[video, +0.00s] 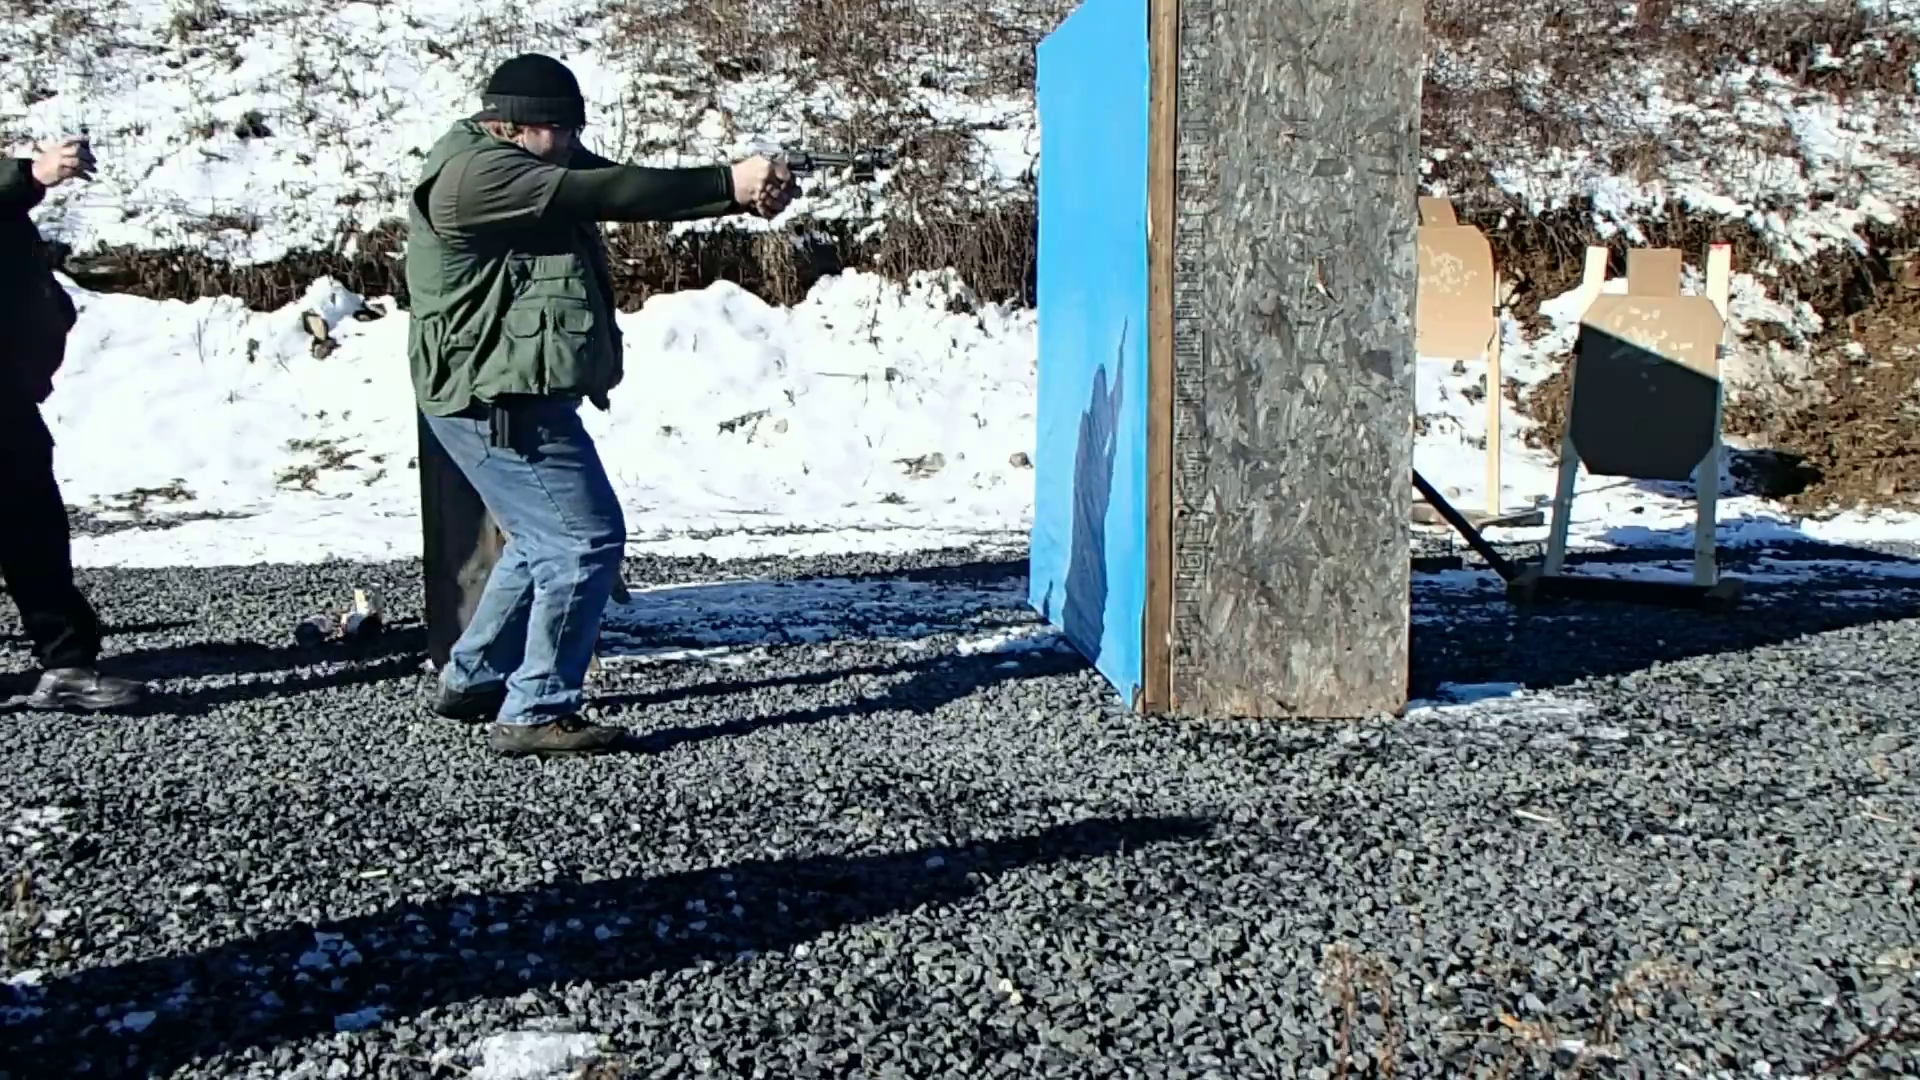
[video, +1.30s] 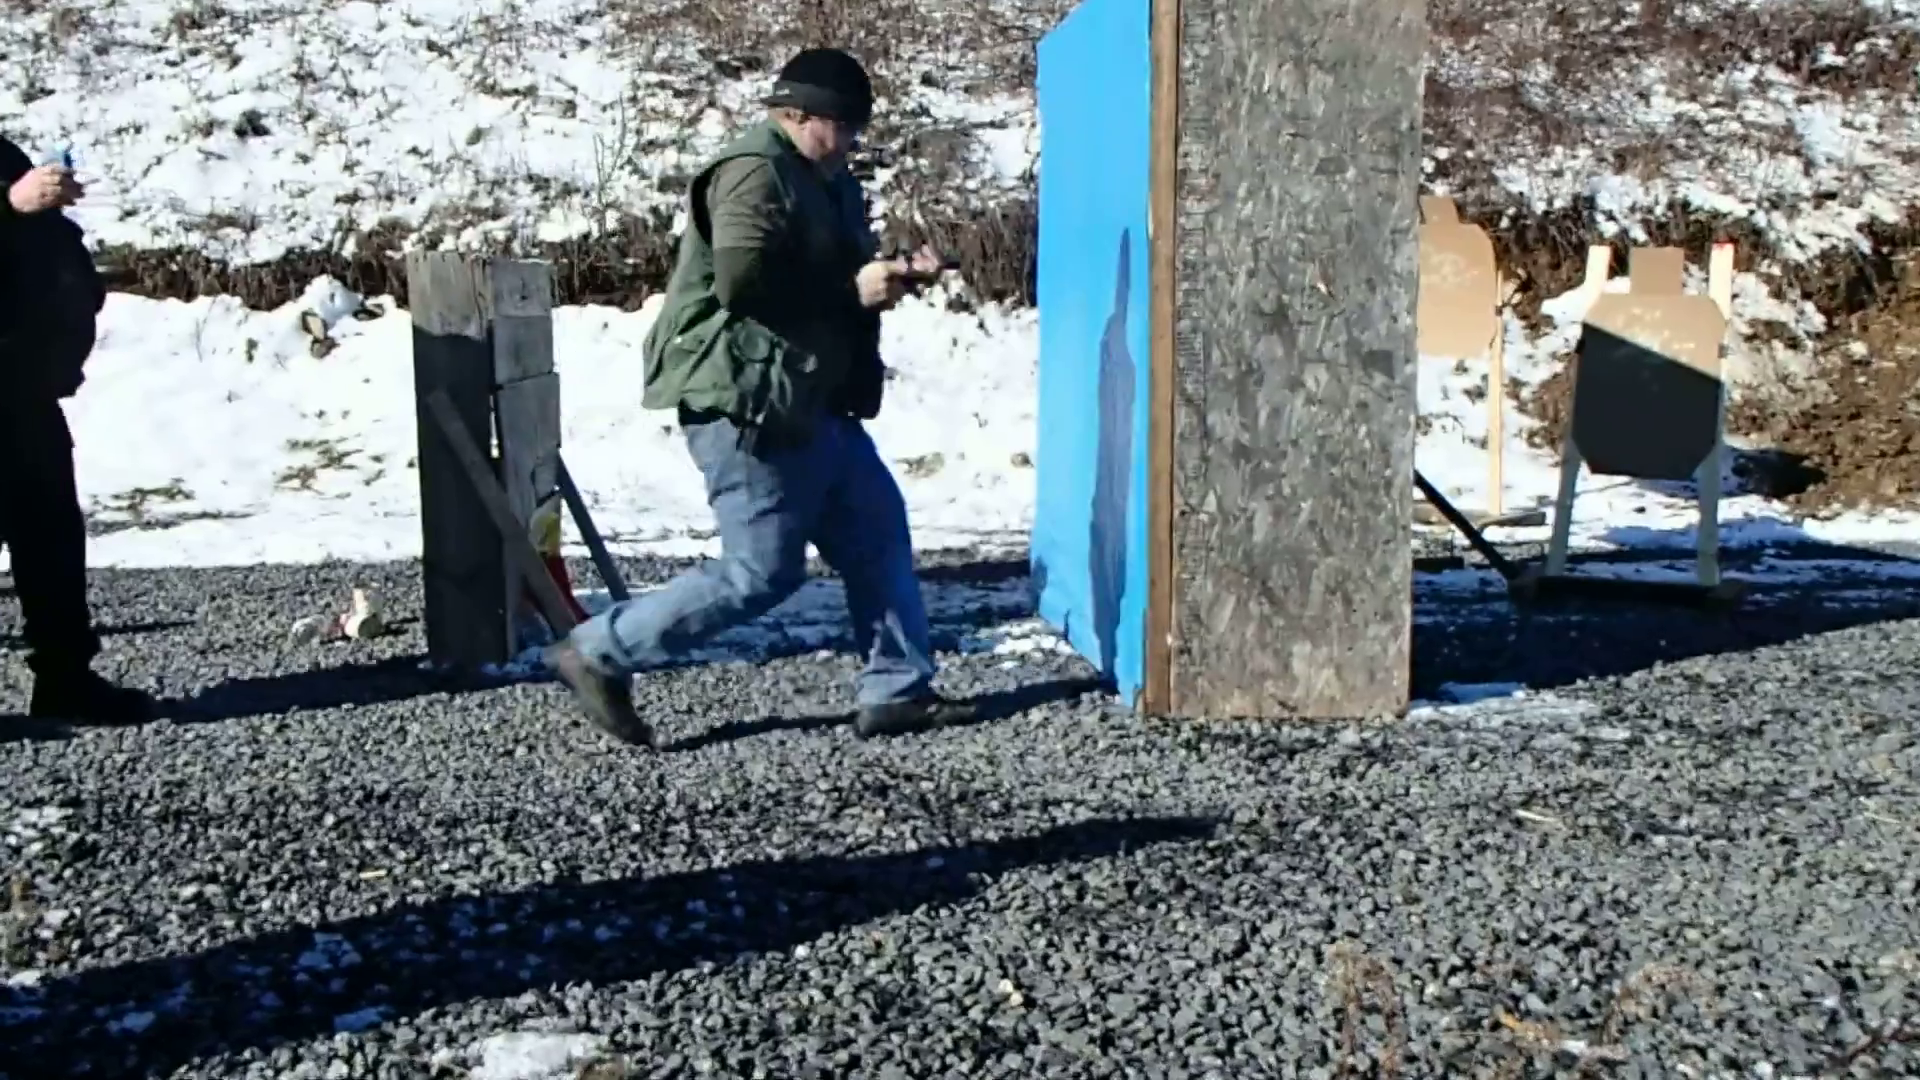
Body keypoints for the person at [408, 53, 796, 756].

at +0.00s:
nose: (576, 145)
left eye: (574, 131)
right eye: (567, 131)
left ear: (517, 122)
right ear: (525, 125)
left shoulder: (498, 165)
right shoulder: (482, 175)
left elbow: (617, 185)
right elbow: (604, 191)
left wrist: (730, 189)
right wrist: (728, 183)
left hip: (505, 392)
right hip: (494, 399)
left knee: (543, 537)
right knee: (587, 539)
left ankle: (472, 677)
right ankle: (538, 710)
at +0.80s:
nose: (629, 136)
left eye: (630, 124)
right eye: (623, 123)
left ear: (574, 115)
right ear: (582, 116)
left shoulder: (591, 162)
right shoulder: (528, 169)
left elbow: (682, 206)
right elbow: (641, 210)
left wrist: (775, 203)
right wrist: (762, 195)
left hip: (556, 394)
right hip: (546, 400)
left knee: (539, 542)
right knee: (613, 551)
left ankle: (466, 683)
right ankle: (538, 711)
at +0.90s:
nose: (660, 121)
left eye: (659, 109)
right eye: (652, 108)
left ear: (609, 111)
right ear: (608, 111)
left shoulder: (640, 169)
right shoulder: (544, 171)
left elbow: (687, 262)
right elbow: (622, 248)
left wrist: (747, 229)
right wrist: (734, 212)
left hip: (600, 402)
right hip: (563, 407)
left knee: (559, 544)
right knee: (622, 557)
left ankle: (470, 675)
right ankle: (538, 709)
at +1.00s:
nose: (697, 127)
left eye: (696, 113)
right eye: (689, 113)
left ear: (649, 111)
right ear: (648, 112)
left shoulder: (678, 177)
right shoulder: (580, 179)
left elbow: (699, 267)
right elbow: (615, 284)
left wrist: (766, 256)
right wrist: (720, 250)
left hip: (654, 402)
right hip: (584, 404)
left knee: (666, 550)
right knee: (628, 564)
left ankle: (517, 640)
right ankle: (539, 710)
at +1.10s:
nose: (740, 133)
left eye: (740, 119)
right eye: (731, 119)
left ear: (691, 117)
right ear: (690, 116)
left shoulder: (715, 189)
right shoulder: (633, 188)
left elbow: (710, 286)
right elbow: (641, 299)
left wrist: (772, 275)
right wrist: (745, 273)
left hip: (682, 407)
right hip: (618, 408)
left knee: (753, 520)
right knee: (647, 575)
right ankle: (534, 712)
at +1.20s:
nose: (795, 133)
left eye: (797, 119)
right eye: (789, 117)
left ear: (748, 115)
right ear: (749, 112)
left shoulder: (765, 181)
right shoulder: (699, 170)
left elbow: (763, 277)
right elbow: (684, 285)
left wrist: (818, 265)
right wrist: (794, 278)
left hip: (746, 410)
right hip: (688, 411)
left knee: (821, 507)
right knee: (671, 572)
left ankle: (843, 682)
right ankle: (536, 702)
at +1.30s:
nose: (854, 142)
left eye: (857, 128)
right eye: (847, 126)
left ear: (815, 119)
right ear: (807, 115)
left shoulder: (830, 185)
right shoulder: (754, 170)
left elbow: (832, 279)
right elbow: (741, 282)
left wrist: (895, 271)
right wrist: (850, 292)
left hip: (808, 407)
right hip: (740, 407)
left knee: (875, 522)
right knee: (760, 569)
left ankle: (894, 691)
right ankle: (596, 652)